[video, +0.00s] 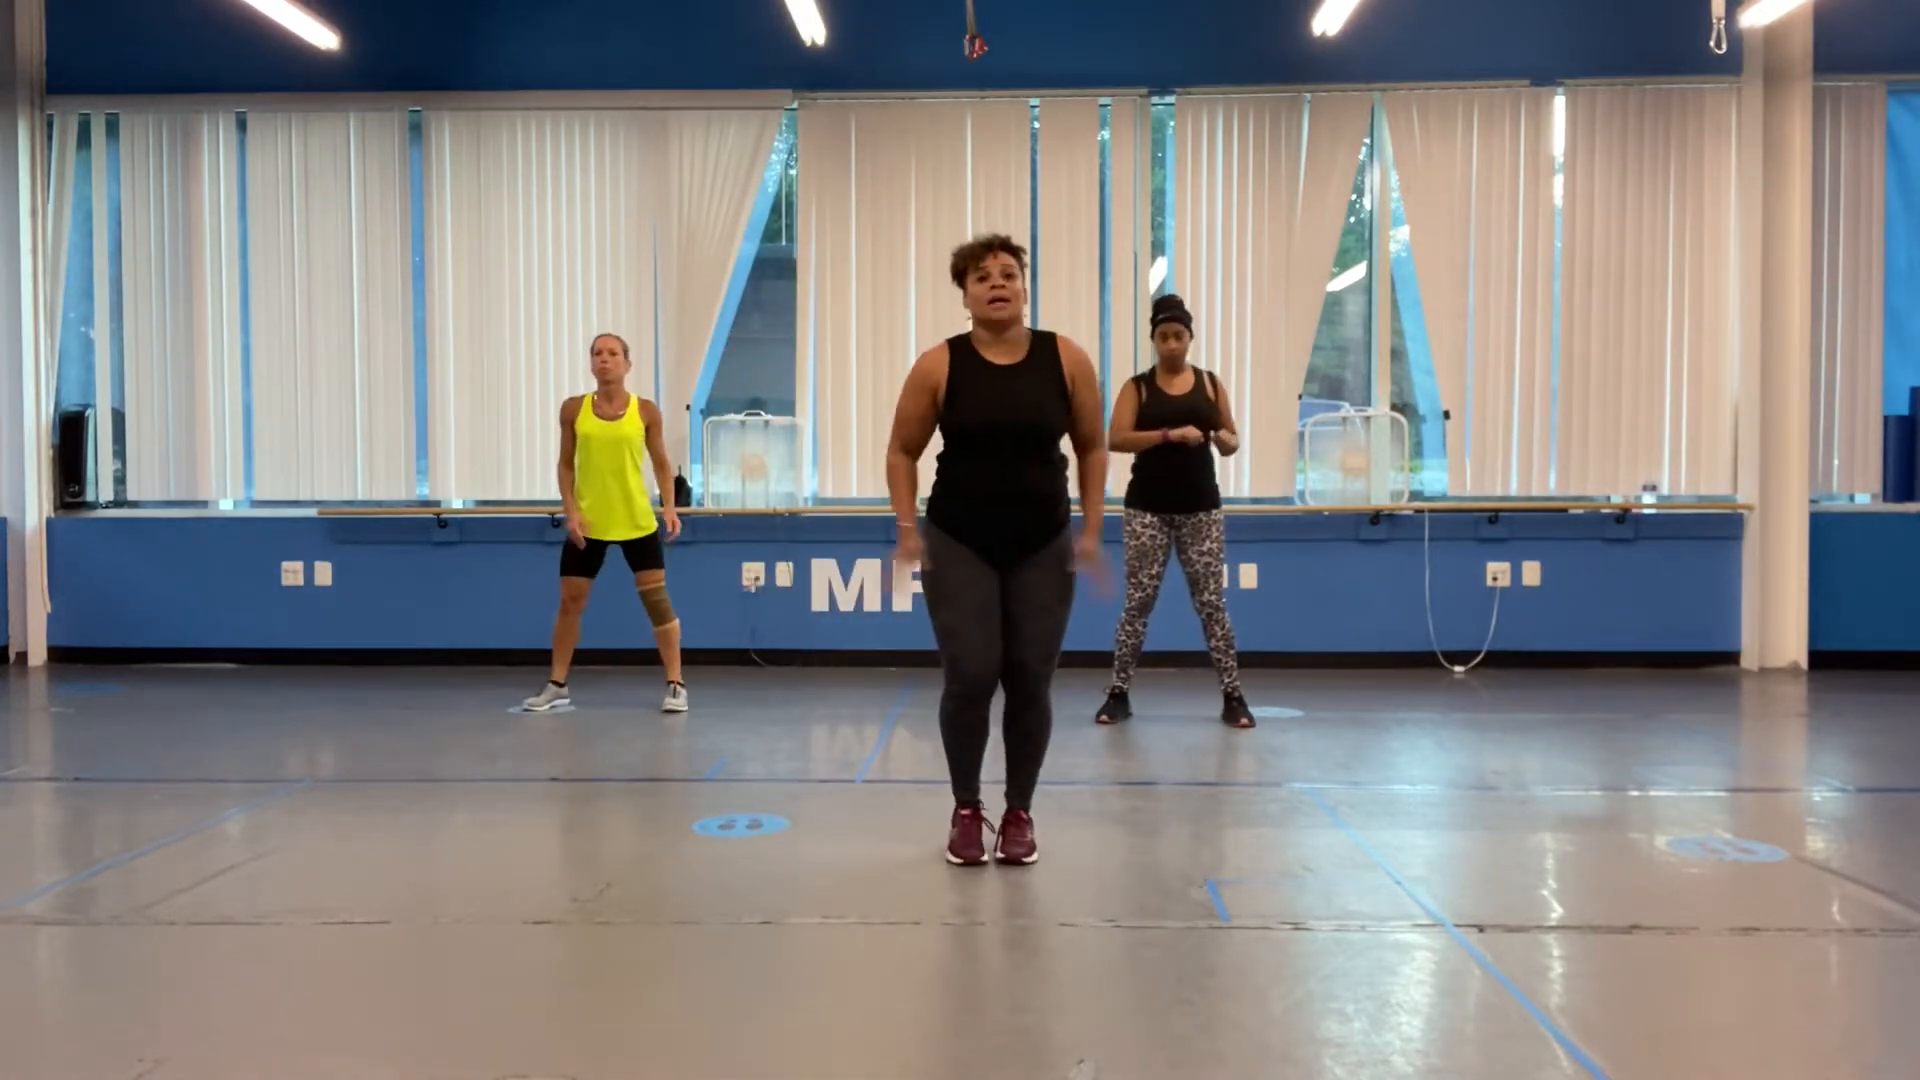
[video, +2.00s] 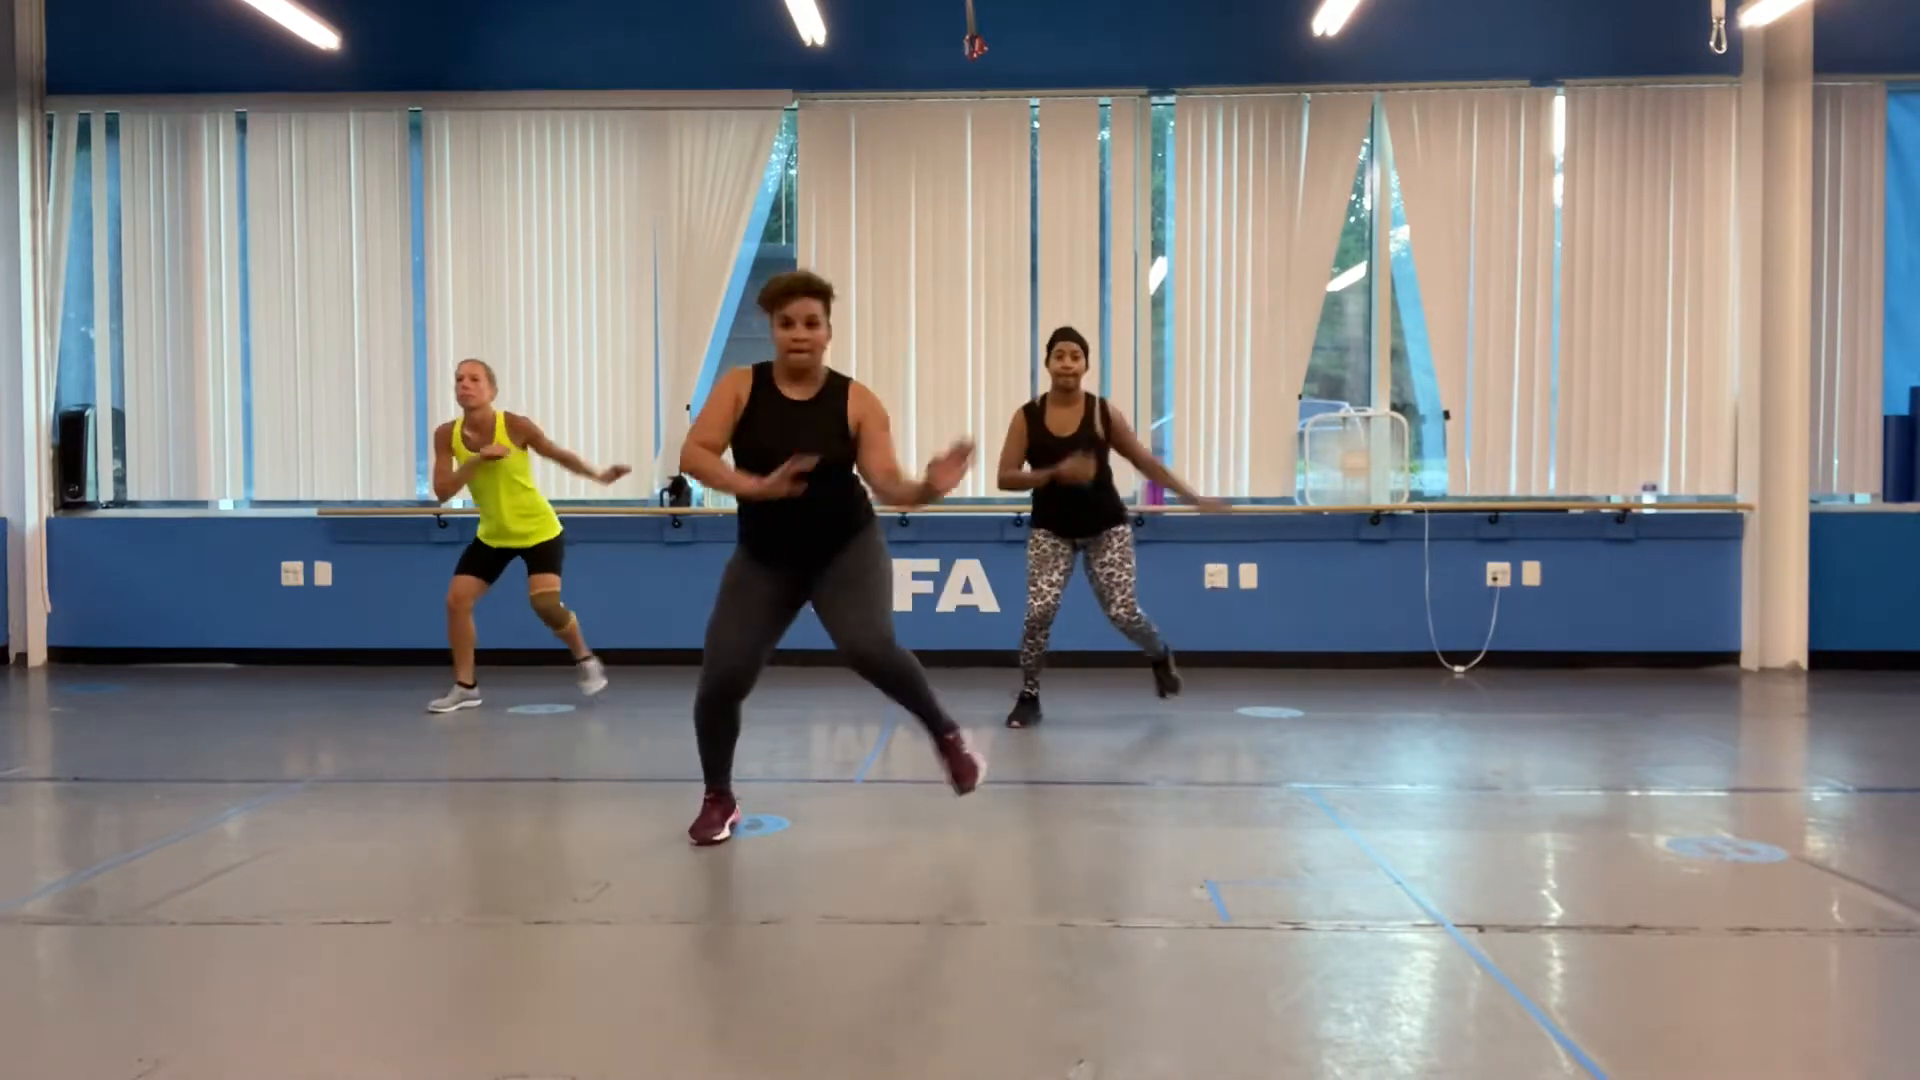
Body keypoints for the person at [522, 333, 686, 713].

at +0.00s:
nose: (603, 359)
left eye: (611, 353)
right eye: (598, 353)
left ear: (627, 363)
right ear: (590, 363)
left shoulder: (646, 411)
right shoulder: (573, 408)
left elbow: (661, 462)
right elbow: (565, 463)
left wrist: (669, 505)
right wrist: (570, 510)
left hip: (637, 519)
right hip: (590, 520)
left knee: (656, 600)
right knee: (570, 601)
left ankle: (675, 684)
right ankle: (557, 685)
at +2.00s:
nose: (465, 385)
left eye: (473, 380)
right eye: (460, 380)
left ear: (492, 390)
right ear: (455, 391)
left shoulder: (517, 426)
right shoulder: (447, 435)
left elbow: (557, 454)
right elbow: (442, 490)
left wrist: (597, 475)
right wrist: (477, 459)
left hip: (537, 527)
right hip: (493, 532)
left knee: (545, 603)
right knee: (458, 599)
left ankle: (585, 660)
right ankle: (465, 687)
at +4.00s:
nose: (656, 379)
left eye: (664, 373)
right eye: (650, 374)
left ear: (680, 383)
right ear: (644, 385)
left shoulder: (703, 423)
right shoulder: (634, 431)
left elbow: (729, 466)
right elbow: (642, 485)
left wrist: (737, 496)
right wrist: (630, 526)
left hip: (707, 527)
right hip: (661, 529)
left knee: (732, 600)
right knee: (622, 595)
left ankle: (742, 684)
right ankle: (621, 672)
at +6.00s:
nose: (568, 379)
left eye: (576, 373)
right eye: (562, 375)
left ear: (594, 380)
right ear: (558, 384)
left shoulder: (618, 422)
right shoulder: (549, 422)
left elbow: (632, 474)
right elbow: (518, 446)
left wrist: (591, 477)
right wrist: (487, 481)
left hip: (609, 526)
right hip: (560, 524)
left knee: (640, 592)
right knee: (521, 598)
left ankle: (665, 680)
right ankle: (501, 677)